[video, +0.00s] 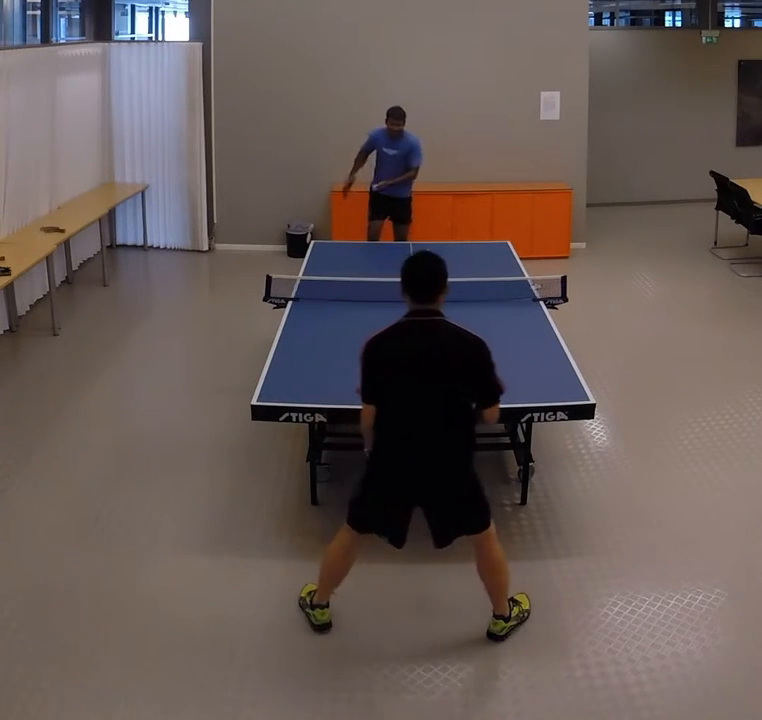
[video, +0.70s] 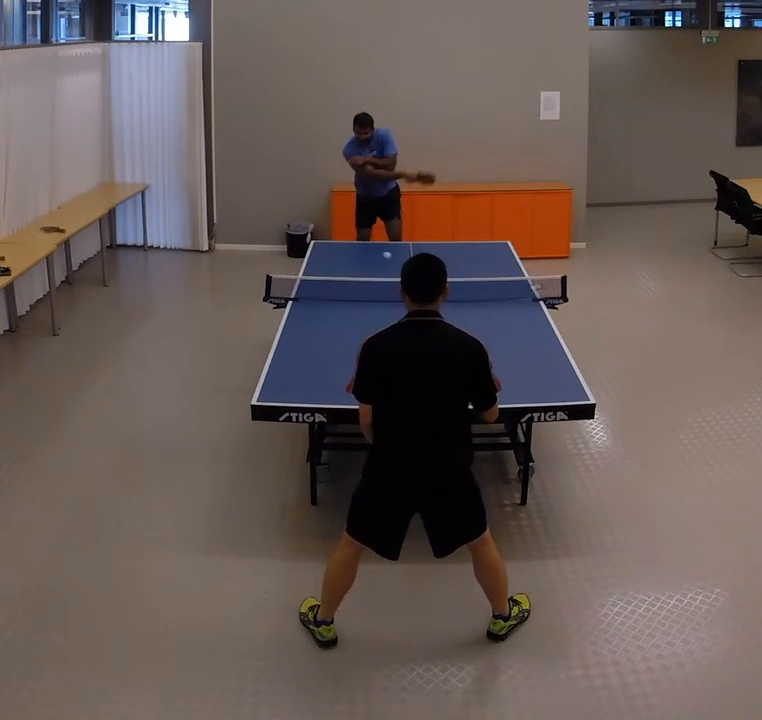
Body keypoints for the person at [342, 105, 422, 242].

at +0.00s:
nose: (395, 129)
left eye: (399, 125)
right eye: (392, 124)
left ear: (404, 124)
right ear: (386, 122)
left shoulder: (412, 143)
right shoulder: (377, 136)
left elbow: (413, 173)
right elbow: (363, 154)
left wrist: (389, 182)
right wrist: (352, 175)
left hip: (401, 197)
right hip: (379, 194)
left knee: (401, 240)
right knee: (373, 236)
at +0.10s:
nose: (388, 129)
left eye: (392, 126)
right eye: (386, 125)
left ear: (399, 124)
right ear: (381, 123)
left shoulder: (406, 143)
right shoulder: (376, 136)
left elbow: (405, 173)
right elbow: (366, 152)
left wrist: (374, 182)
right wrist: (348, 165)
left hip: (400, 197)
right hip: (378, 194)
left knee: (400, 241)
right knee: (371, 237)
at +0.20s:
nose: (383, 130)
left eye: (386, 127)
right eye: (379, 127)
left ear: (393, 125)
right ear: (375, 125)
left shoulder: (402, 144)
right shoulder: (373, 136)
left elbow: (396, 172)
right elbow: (367, 150)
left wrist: (363, 178)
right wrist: (345, 156)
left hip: (398, 198)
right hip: (376, 195)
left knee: (398, 242)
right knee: (368, 238)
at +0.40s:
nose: (373, 133)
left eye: (376, 129)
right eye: (369, 129)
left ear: (383, 127)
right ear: (365, 127)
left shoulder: (391, 145)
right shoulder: (363, 138)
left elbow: (372, 171)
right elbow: (357, 158)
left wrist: (340, 175)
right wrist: (329, 163)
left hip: (391, 200)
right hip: (369, 198)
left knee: (395, 243)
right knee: (362, 241)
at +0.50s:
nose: (368, 134)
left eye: (371, 130)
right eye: (364, 130)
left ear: (379, 128)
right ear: (360, 128)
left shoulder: (387, 144)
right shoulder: (356, 141)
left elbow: (369, 172)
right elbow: (348, 166)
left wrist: (340, 175)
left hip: (389, 199)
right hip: (367, 197)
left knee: (394, 241)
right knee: (361, 239)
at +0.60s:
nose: (363, 136)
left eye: (367, 133)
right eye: (360, 133)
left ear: (374, 129)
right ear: (355, 130)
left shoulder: (385, 141)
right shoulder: (349, 145)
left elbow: (383, 168)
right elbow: (351, 174)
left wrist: (354, 166)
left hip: (388, 195)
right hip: (364, 195)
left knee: (393, 240)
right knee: (361, 239)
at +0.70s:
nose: (362, 137)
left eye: (366, 133)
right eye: (359, 134)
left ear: (372, 129)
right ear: (354, 130)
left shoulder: (384, 136)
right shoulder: (350, 149)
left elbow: (391, 165)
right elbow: (370, 173)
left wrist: (366, 159)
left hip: (388, 193)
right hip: (365, 196)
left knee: (396, 239)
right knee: (362, 240)